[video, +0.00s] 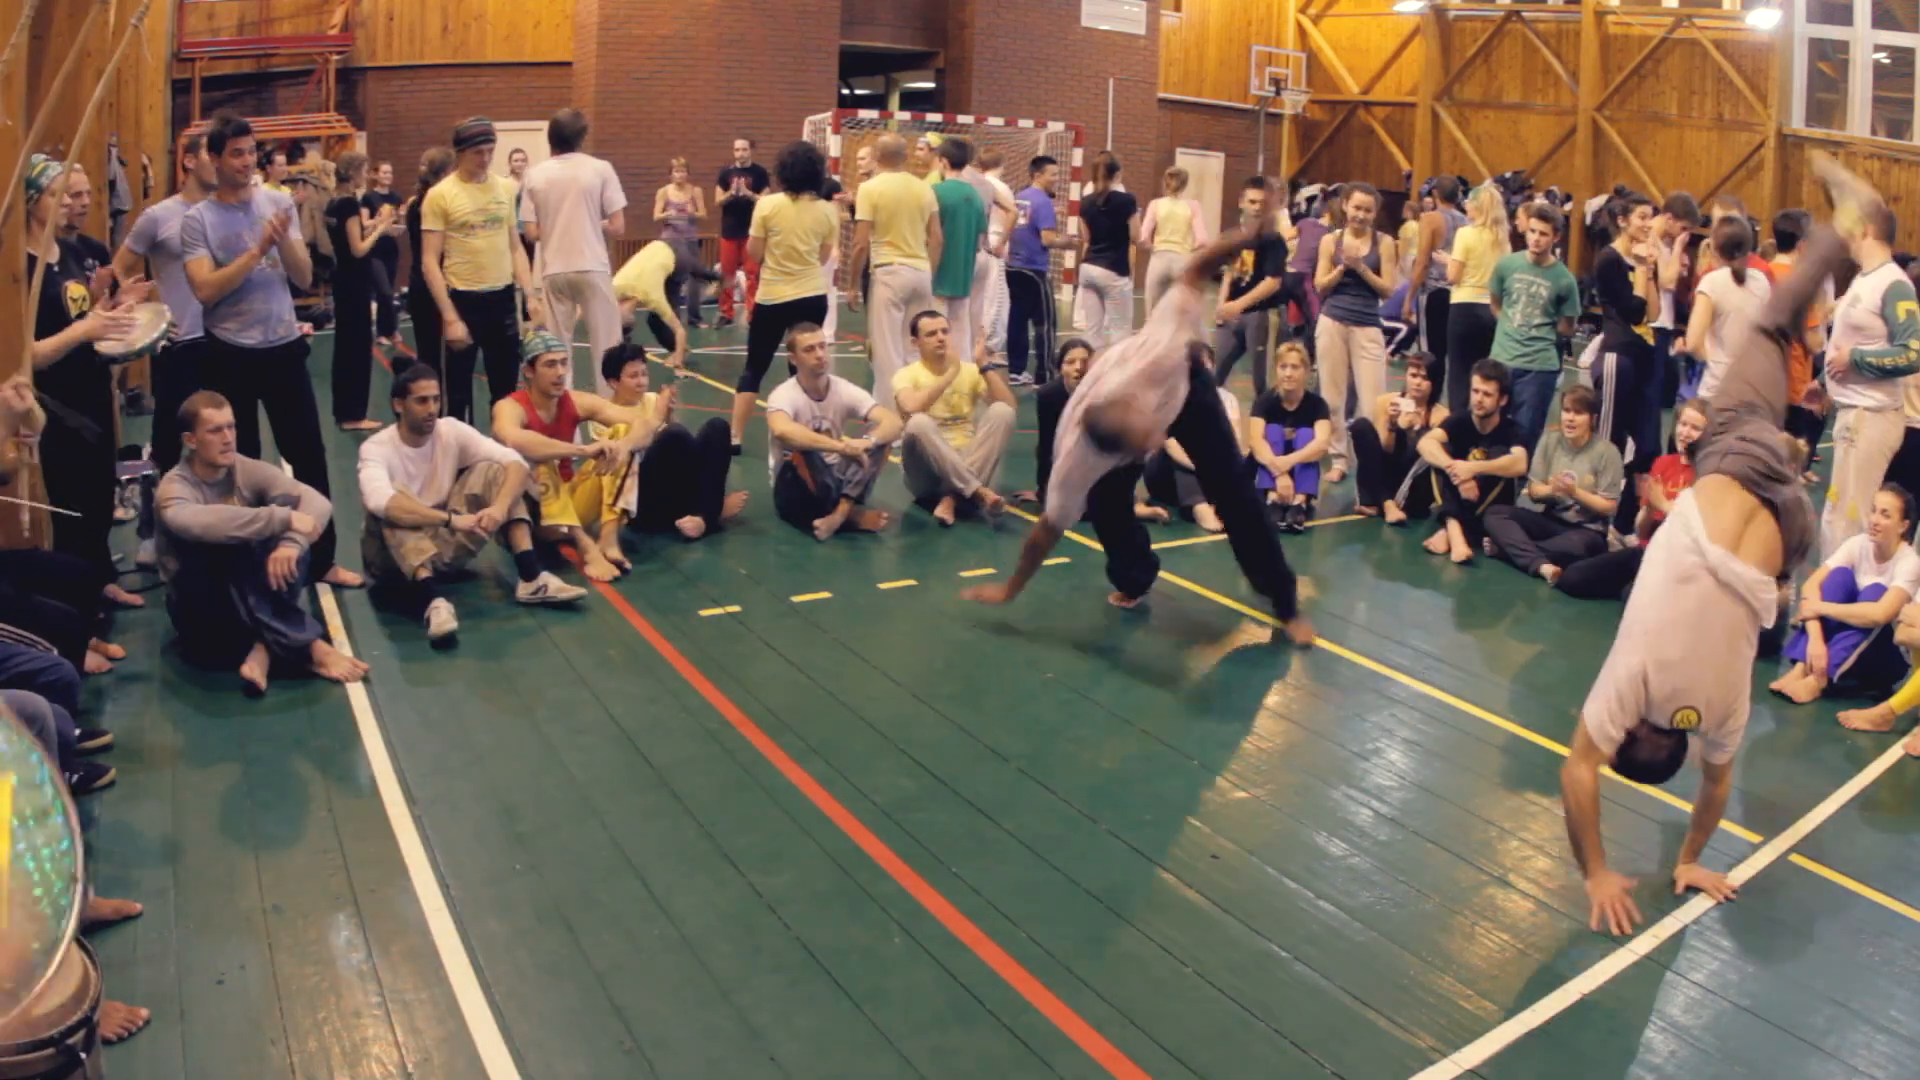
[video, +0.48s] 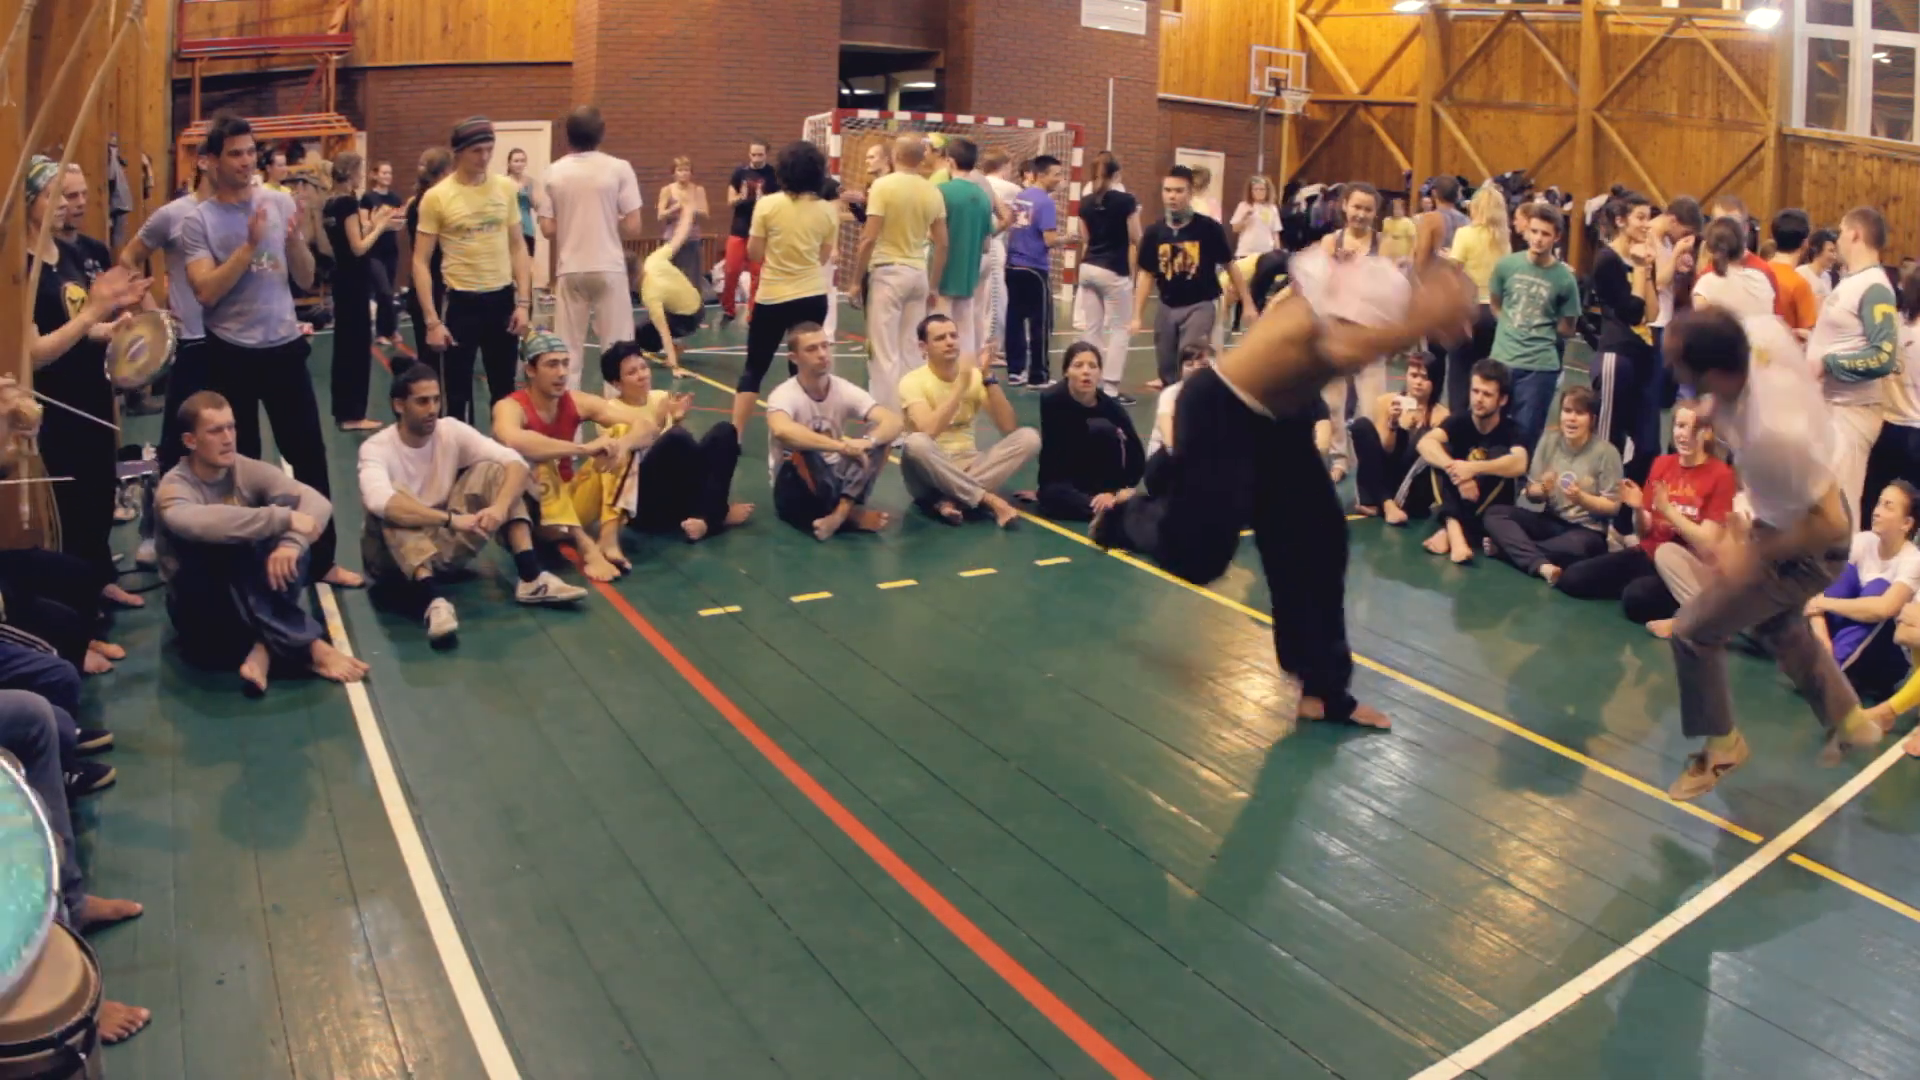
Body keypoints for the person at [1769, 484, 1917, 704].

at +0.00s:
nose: (1874, 520)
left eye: (1885, 515)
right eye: (1873, 511)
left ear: (1903, 526)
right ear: (1868, 512)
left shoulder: (1910, 562)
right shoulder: (1857, 545)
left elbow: (1880, 615)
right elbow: (1810, 586)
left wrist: (1819, 607)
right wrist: (1815, 641)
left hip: (1881, 666)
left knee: (1876, 592)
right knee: (1840, 576)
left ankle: (1818, 678)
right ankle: (1800, 667)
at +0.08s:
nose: (1876, 519)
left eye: (1887, 515)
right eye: (1874, 510)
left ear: (1904, 526)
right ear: (1868, 513)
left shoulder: (1910, 561)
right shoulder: (1856, 544)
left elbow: (1882, 614)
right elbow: (1810, 589)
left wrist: (1820, 608)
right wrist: (1816, 640)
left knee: (1876, 591)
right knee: (1840, 575)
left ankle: (1819, 677)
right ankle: (1802, 665)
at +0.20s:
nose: (1879, 519)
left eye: (1890, 514)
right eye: (1877, 510)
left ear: (1907, 525)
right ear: (1870, 513)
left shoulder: (1912, 561)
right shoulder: (1858, 543)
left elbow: (1883, 613)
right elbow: (1819, 588)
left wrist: (1824, 607)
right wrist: (1819, 639)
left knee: (1878, 590)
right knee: (1840, 574)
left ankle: (1822, 675)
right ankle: (1806, 663)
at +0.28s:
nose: (1881, 519)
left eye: (1892, 514)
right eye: (1879, 510)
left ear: (1909, 525)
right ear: (1872, 511)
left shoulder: (1912, 559)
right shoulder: (1858, 542)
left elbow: (1884, 611)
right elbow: (1813, 587)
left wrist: (1823, 604)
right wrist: (1819, 639)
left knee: (1878, 588)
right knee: (1843, 572)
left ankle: (1822, 674)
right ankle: (1803, 661)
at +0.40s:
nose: (1881, 516)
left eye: (1892, 512)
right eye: (1880, 507)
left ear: (1909, 524)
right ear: (1874, 510)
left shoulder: (1912, 559)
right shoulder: (1857, 543)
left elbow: (1886, 609)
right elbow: (1820, 588)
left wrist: (1828, 604)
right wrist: (1820, 639)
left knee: (1877, 586)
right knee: (1844, 571)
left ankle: (1828, 671)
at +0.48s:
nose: (1876, 511)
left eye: (1887, 507)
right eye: (1878, 504)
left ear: (1907, 524)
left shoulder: (1913, 558)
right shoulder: (1862, 541)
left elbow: (1885, 609)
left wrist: (1823, 603)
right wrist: (1823, 646)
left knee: (1879, 587)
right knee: (1847, 577)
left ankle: (1828, 672)